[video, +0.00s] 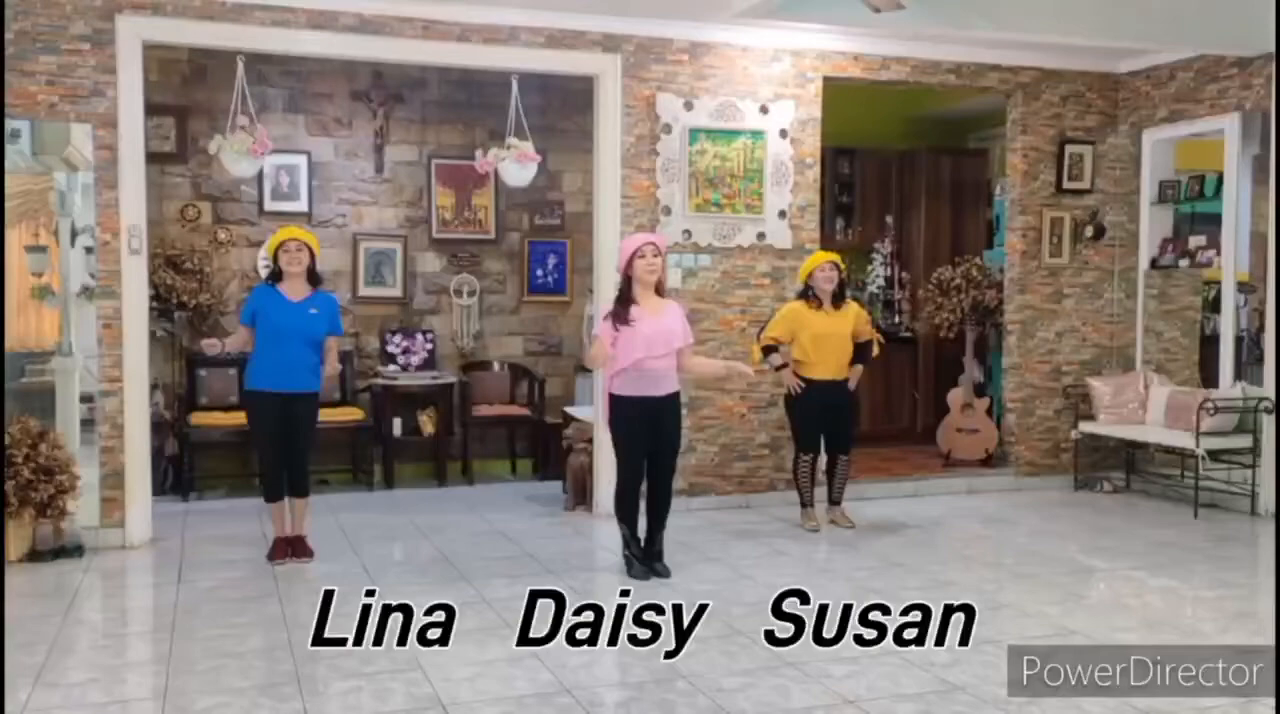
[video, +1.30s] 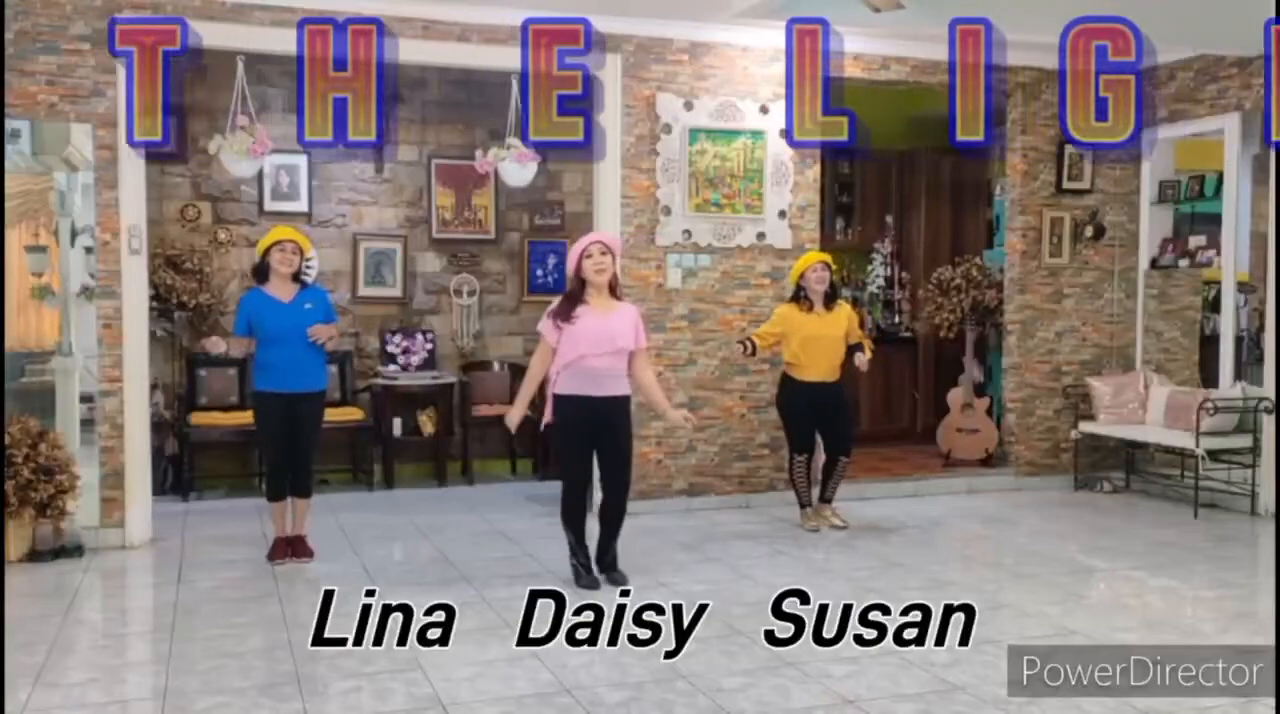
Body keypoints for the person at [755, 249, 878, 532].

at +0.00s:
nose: (828, 274)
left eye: (832, 269)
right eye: (821, 270)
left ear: (840, 276)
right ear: (809, 278)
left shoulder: (852, 311)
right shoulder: (794, 311)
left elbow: (866, 342)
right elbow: (767, 341)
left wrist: (854, 374)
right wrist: (783, 369)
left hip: (840, 389)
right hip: (805, 389)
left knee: (841, 450)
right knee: (807, 450)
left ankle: (835, 507)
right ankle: (807, 509)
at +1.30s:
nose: (820, 275)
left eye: (824, 270)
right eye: (814, 271)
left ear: (831, 277)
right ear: (801, 279)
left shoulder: (843, 312)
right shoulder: (788, 313)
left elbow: (858, 339)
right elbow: (764, 338)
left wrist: (860, 352)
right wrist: (747, 346)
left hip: (830, 389)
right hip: (795, 389)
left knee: (841, 449)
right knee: (801, 449)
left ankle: (825, 506)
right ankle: (806, 510)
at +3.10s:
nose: (852, 274)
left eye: (855, 270)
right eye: (846, 270)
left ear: (860, 278)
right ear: (831, 278)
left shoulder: (868, 317)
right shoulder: (815, 311)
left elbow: (876, 352)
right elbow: (799, 348)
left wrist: (903, 360)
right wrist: (793, 379)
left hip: (852, 389)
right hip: (817, 389)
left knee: (854, 450)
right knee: (816, 451)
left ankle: (851, 510)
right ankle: (806, 511)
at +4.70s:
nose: (851, 278)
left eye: (854, 272)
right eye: (843, 273)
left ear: (859, 278)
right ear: (830, 281)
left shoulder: (869, 311)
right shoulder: (817, 314)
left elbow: (873, 350)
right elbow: (808, 355)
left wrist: (887, 368)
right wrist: (809, 387)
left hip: (860, 389)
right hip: (826, 389)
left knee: (863, 452)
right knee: (819, 452)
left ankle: (857, 511)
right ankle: (807, 511)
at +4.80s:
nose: (856, 278)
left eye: (859, 272)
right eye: (848, 273)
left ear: (864, 277)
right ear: (835, 282)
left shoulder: (875, 311)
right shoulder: (824, 313)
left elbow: (878, 350)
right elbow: (813, 353)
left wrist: (893, 368)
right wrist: (814, 385)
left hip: (863, 389)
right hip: (831, 388)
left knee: (864, 451)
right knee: (826, 452)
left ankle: (857, 511)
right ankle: (812, 510)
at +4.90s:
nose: (860, 276)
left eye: (863, 271)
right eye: (852, 272)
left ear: (868, 277)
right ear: (839, 280)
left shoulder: (878, 311)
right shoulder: (826, 310)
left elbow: (880, 352)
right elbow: (815, 351)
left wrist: (896, 368)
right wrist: (818, 381)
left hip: (866, 386)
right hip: (833, 386)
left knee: (864, 450)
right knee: (833, 450)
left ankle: (857, 510)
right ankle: (825, 508)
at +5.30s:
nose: (864, 278)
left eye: (868, 272)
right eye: (857, 273)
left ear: (873, 279)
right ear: (844, 281)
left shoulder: (884, 315)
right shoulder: (829, 312)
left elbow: (889, 354)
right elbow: (816, 354)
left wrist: (903, 372)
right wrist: (826, 376)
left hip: (866, 390)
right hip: (831, 390)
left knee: (865, 452)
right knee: (830, 452)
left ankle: (857, 511)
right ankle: (827, 509)